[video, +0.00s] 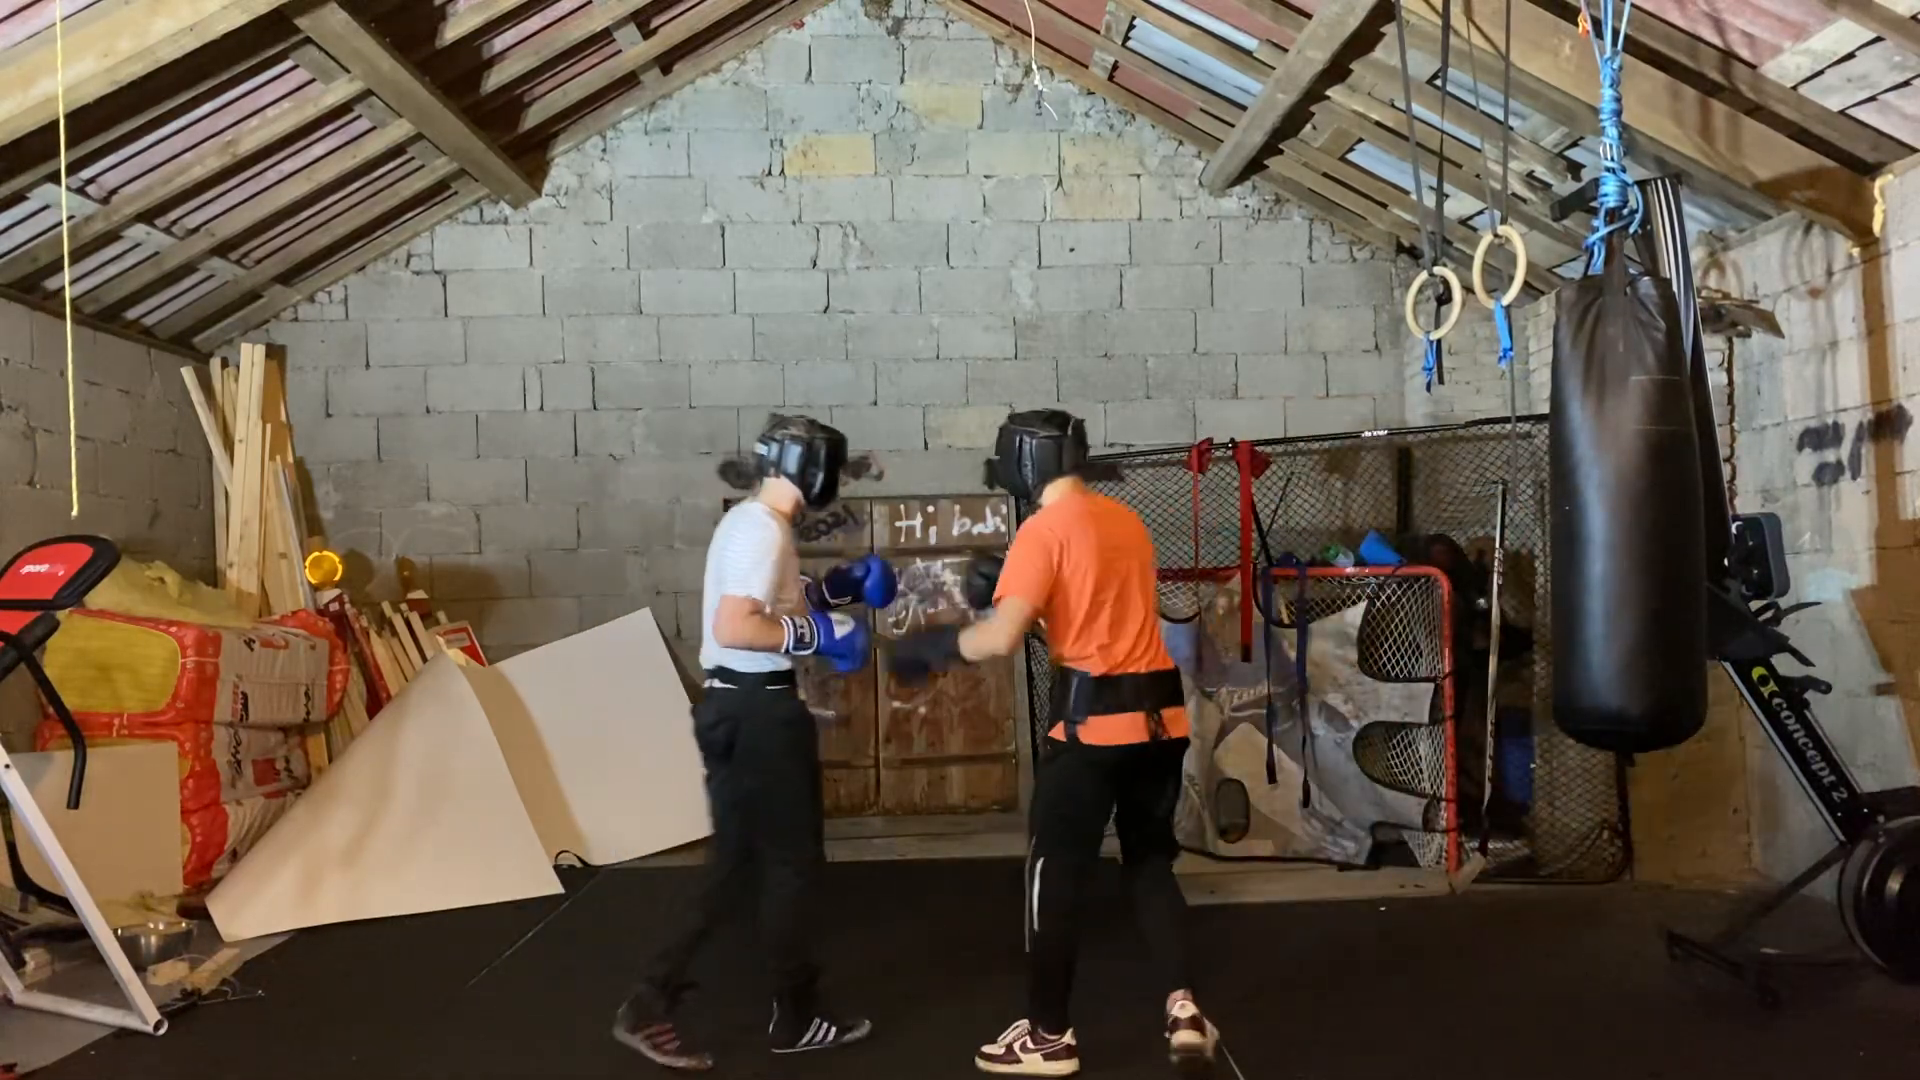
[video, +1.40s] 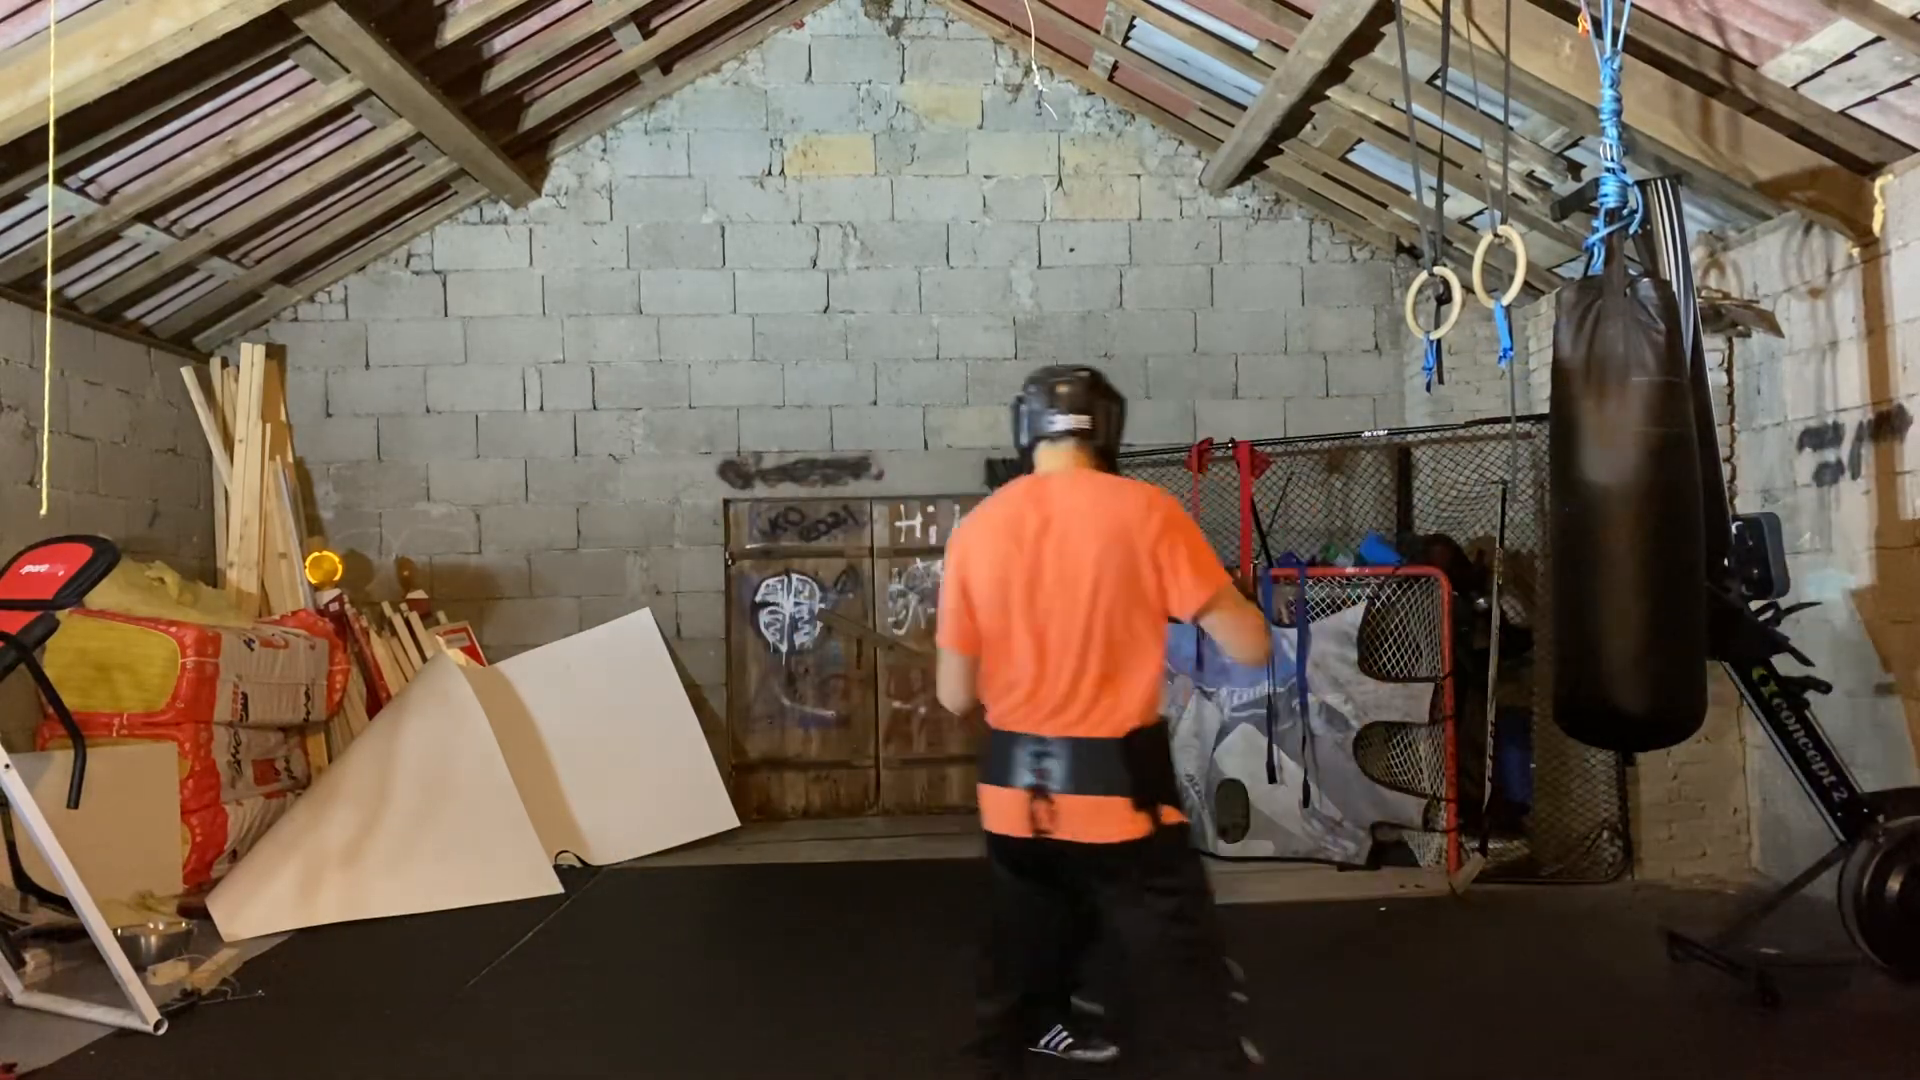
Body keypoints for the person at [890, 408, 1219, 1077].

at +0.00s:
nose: (1005, 481)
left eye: (1007, 469)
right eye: (1004, 468)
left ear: (1025, 465)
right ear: (1075, 459)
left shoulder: (1044, 532)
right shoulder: (1129, 520)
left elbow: (1001, 636)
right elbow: (1116, 604)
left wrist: (946, 645)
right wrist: (1017, 597)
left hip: (1094, 727)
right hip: (1163, 723)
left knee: (1055, 866)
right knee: (1151, 859)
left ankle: (1047, 1031)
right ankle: (1182, 1006)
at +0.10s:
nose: (1026, 483)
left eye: (1028, 472)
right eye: (1029, 472)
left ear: (1042, 474)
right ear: (1099, 471)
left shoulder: (1049, 543)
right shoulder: (1152, 536)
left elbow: (1038, 648)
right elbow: (1155, 627)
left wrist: (979, 698)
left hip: (1079, 747)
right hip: (1158, 746)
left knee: (1034, 874)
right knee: (1172, 883)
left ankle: (1044, 1030)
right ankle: (1208, 1004)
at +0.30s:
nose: (1092, 489)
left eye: (1095, 479)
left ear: (1105, 482)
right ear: (1163, 482)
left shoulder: (1082, 551)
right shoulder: (1215, 563)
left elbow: (1074, 654)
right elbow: (1245, 686)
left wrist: (1043, 742)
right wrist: (1184, 669)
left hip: (1110, 780)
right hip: (1198, 779)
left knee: (1086, 910)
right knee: (1222, 934)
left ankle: (1062, 1032)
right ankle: (1239, 1061)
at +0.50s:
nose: (1118, 425)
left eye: (1122, 414)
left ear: (1132, 417)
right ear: (1198, 421)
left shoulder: (1098, 480)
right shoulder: (1245, 499)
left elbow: (1054, 584)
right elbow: (1288, 635)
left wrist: (1047, 637)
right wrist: (1222, 646)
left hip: (1111, 721)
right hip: (1205, 723)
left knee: (1115, 880)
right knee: (1232, 900)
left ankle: (1128, 1050)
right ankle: (1252, 1064)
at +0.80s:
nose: (1145, 467)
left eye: (1146, 456)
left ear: (1152, 460)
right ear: (1227, 462)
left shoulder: (1104, 549)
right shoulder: (1268, 556)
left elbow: (1036, 682)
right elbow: (1325, 708)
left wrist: (1098, 685)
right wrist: (1276, 738)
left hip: (1131, 808)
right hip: (1229, 812)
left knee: (1121, 973)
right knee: (1269, 1008)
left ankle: (1104, 1075)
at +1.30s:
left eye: (1068, 426)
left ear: (1070, 431)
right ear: (1151, 430)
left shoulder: (1030, 535)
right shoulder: (1205, 519)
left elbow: (1005, 705)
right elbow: (1274, 665)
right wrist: (1221, 646)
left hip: (1067, 813)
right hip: (1179, 814)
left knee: (1033, 1010)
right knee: (1248, 1023)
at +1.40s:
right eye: (1112, 430)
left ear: (1025, 432)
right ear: (1107, 433)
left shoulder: (976, 528)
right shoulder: (1146, 512)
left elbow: (956, 691)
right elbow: (1251, 645)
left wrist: (1028, 664)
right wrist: (1212, 604)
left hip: (1012, 806)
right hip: (1122, 806)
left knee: (1015, 1007)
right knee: (1187, 1008)